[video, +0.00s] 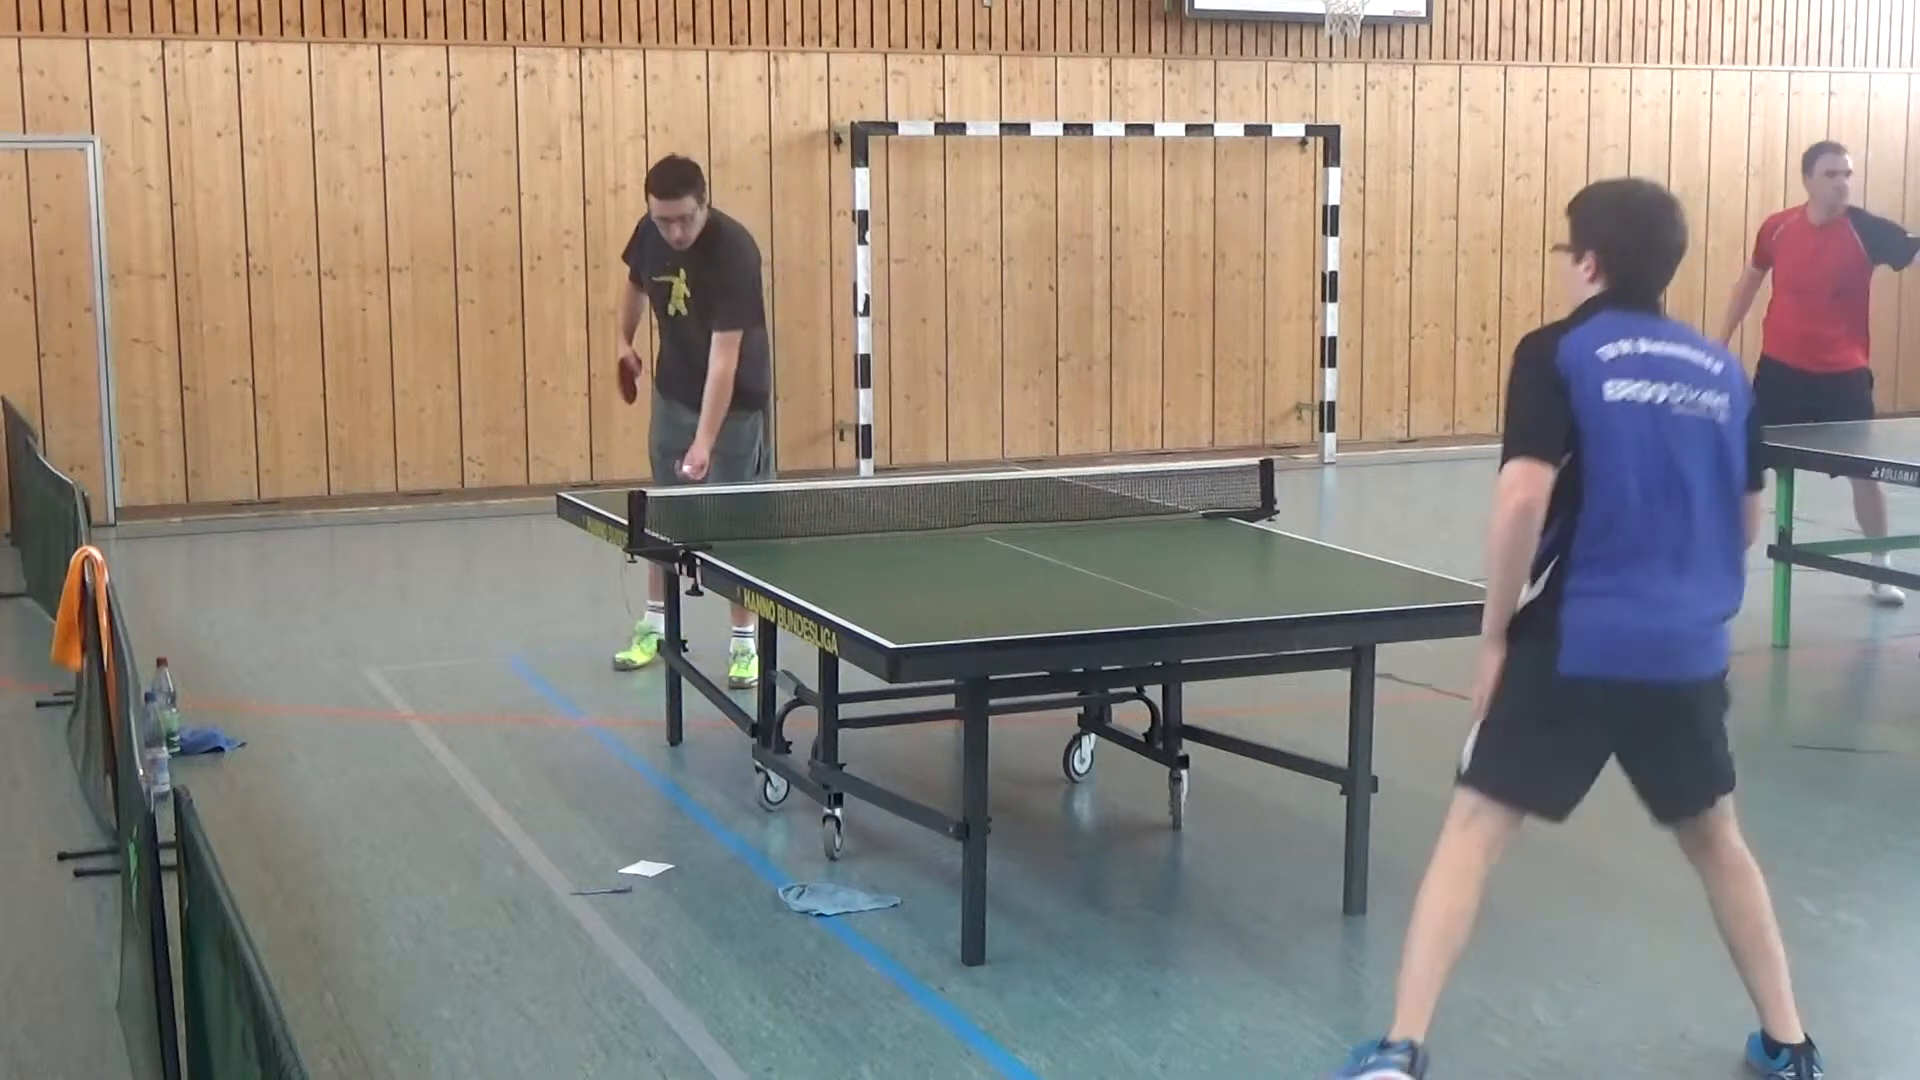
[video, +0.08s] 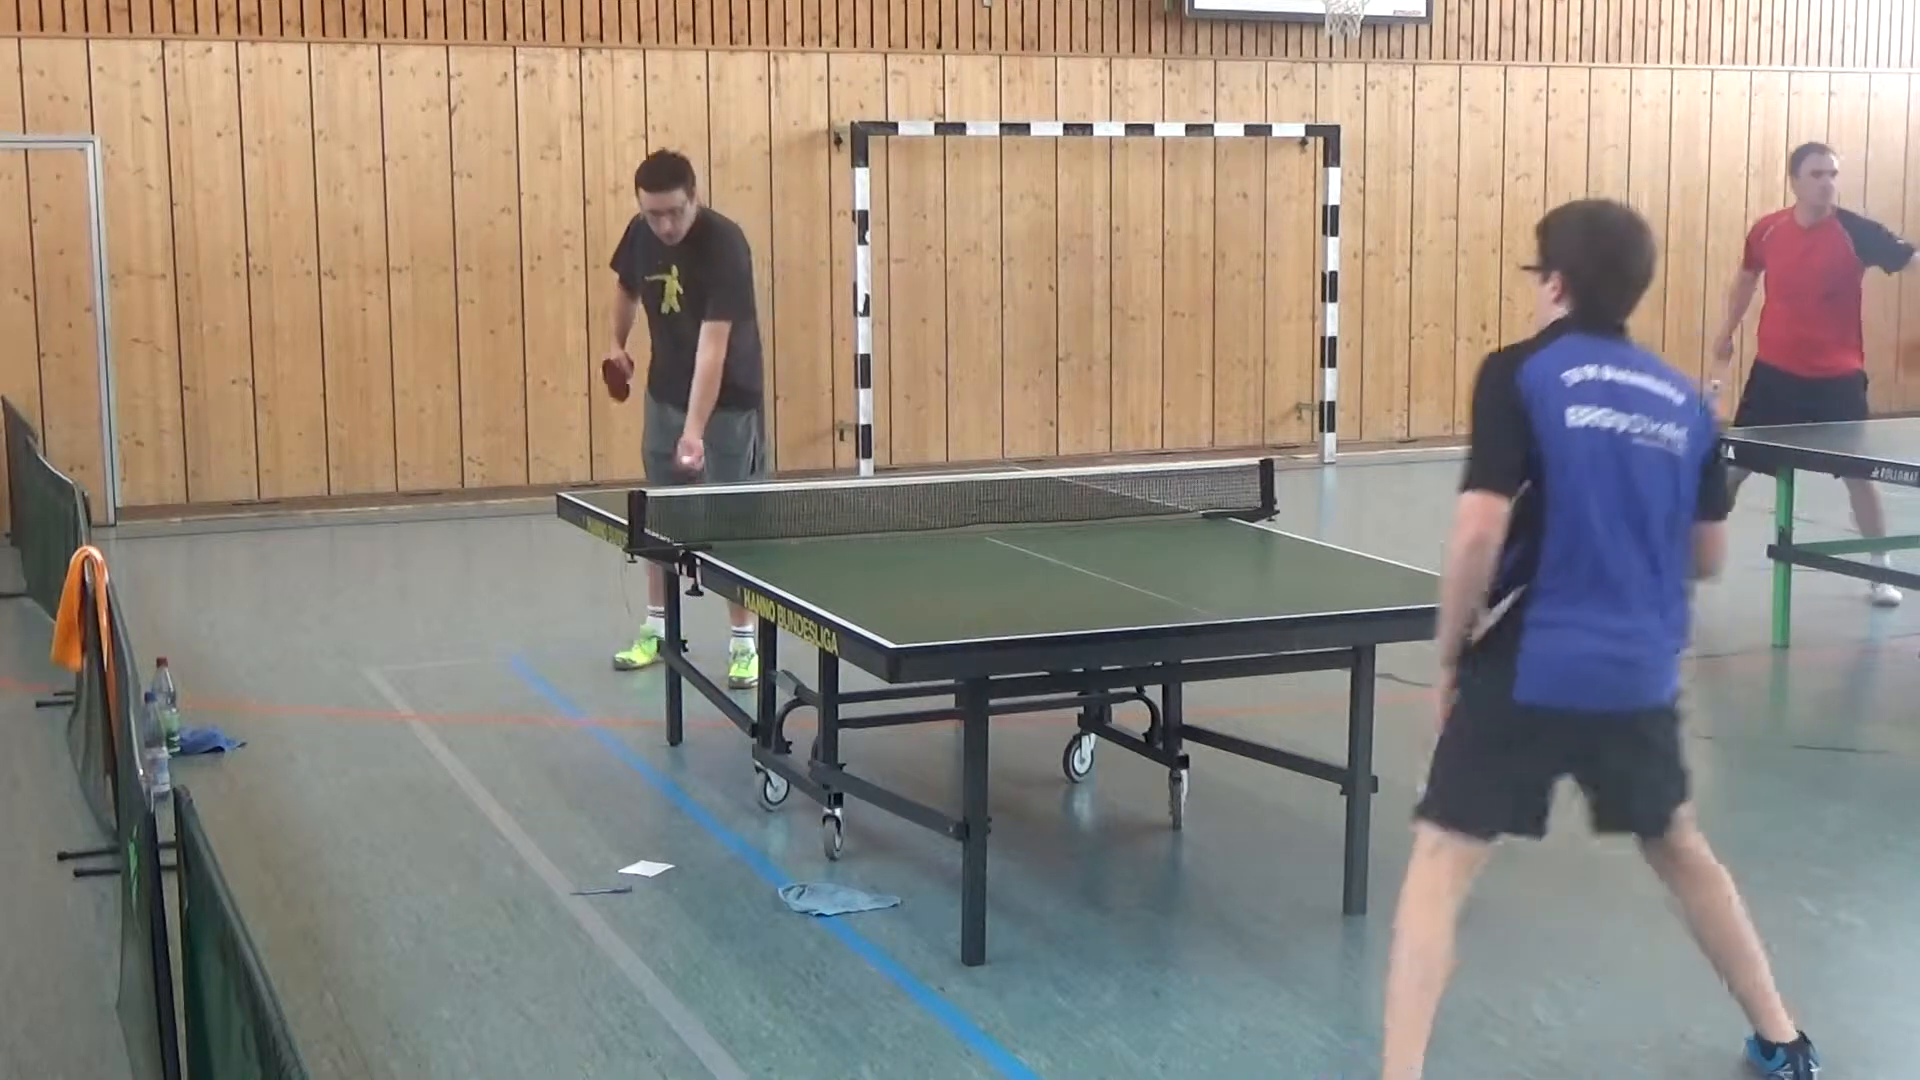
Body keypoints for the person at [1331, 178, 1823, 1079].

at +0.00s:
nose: (1560, 267)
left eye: (1566, 253)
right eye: (1564, 251)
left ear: (1594, 263)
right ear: (1665, 266)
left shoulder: (1554, 351)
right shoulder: (1722, 366)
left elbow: (1524, 494)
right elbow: (1747, 523)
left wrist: (1494, 635)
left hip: (1574, 649)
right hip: (1689, 655)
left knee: (1476, 831)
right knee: (1717, 839)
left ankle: (1402, 1048)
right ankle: (1788, 1042)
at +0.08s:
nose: (1531, 284)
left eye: (1537, 273)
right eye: (1534, 270)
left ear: (1560, 285)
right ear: (1633, 290)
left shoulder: (1519, 371)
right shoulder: (1687, 396)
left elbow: (1480, 529)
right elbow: (1708, 554)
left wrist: (1449, 664)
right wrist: (1608, 531)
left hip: (1525, 676)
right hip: (1639, 684)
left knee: (1439, 870)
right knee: (1682, 850)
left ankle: (1399, 1070)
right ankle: (1783, 1042)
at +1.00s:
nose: (1203, 314)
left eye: (1208, 302)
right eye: (1209, 300)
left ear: (1225, 312)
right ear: (1309, 322)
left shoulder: (1185, 380)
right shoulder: (1364, 415)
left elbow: (1126, 518)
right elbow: (1406, 584)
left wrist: (1132, 650)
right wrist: (1328, 555)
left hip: (1213, 678)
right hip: (1337, 684)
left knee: (1097, 856)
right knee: (1367, 828)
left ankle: (1060, 1070)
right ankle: (1440, 1026)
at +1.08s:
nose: (1185, 311)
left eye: (1189, 300)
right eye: (1189, 298)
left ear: (1204, 308)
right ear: (1292, 317)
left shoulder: (1164, 377)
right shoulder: (1347, 408)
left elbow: (1105, 512)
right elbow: (1388, 585)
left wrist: (1117, 642)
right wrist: (1316, 571)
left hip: (1192, 673)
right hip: (1322, 677)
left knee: (1090, 857)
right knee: (1366, 830)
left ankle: (1060, 1070)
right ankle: (1435, 1025)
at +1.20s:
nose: (1170, 309)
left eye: (1174, 298)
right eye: (1172, 297)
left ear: (1189, 305)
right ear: (1277, 312)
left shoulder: (1153, 373)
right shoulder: (1338, 401)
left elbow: (1107, 510)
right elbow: (1380, 573)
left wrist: (1123, 635)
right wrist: (1312, 577)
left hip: (1193, 671)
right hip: (1323, 673)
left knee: (1094, 857)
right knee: (1369, 834)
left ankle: (1061, 1070)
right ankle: (1434, 1039)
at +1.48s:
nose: (1212, 352)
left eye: (1214, 340)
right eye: (1213, 340)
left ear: (1232, 344)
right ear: (1317, 347)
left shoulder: (1199, 408)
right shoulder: (1380, 424)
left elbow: (1122, 567)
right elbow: (1431, 576)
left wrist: (1180, 561)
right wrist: (1349, 595)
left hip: (1236, 702)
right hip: (1365, 705)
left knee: (1114, 864)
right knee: (1409, 825)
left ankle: (1059, 1069)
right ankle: (1495, 1016)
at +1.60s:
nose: (1247, 366)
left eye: (1248, 352)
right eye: (1248, 352)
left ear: (1270, 351)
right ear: (1345, 342)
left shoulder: (1264, 411)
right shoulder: (1420, 413)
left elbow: (1185, 560)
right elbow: (1428, 543)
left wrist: (1235, 504)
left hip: (1306, 692)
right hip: (1420, 694)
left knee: (1166, 859)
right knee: (1417, 823)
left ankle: (1076, 1068)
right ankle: (1493, 1016)